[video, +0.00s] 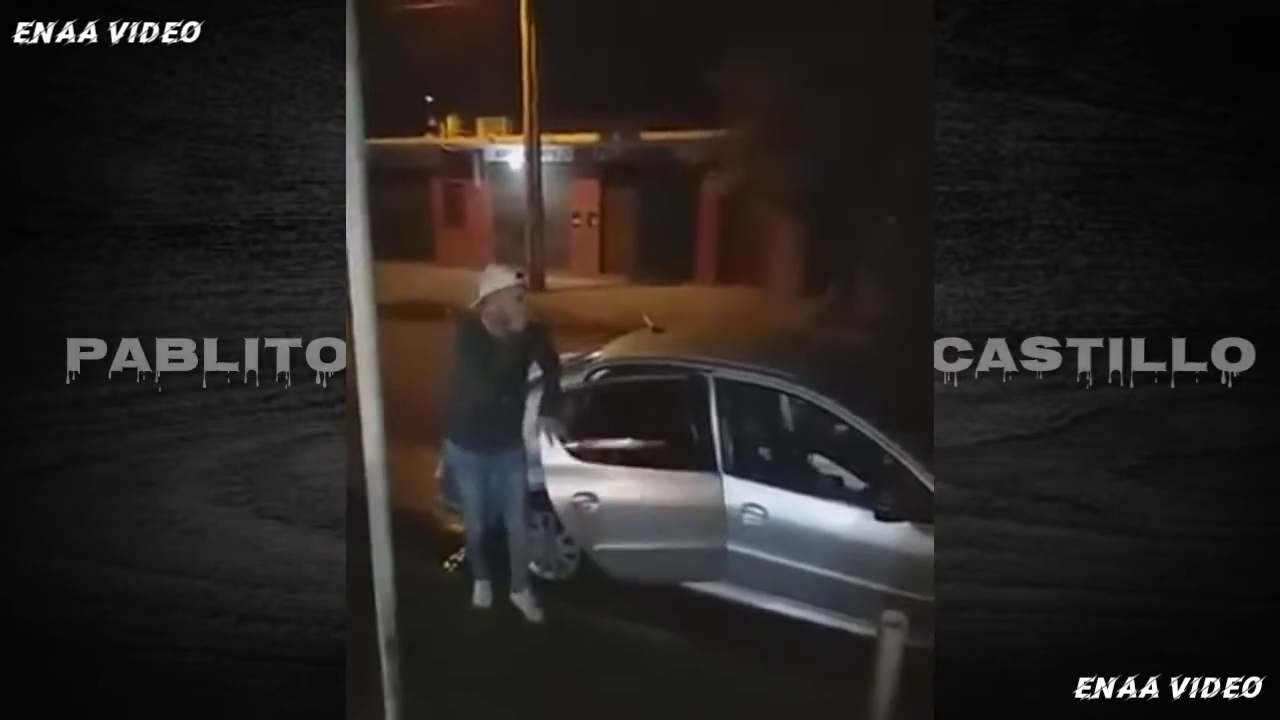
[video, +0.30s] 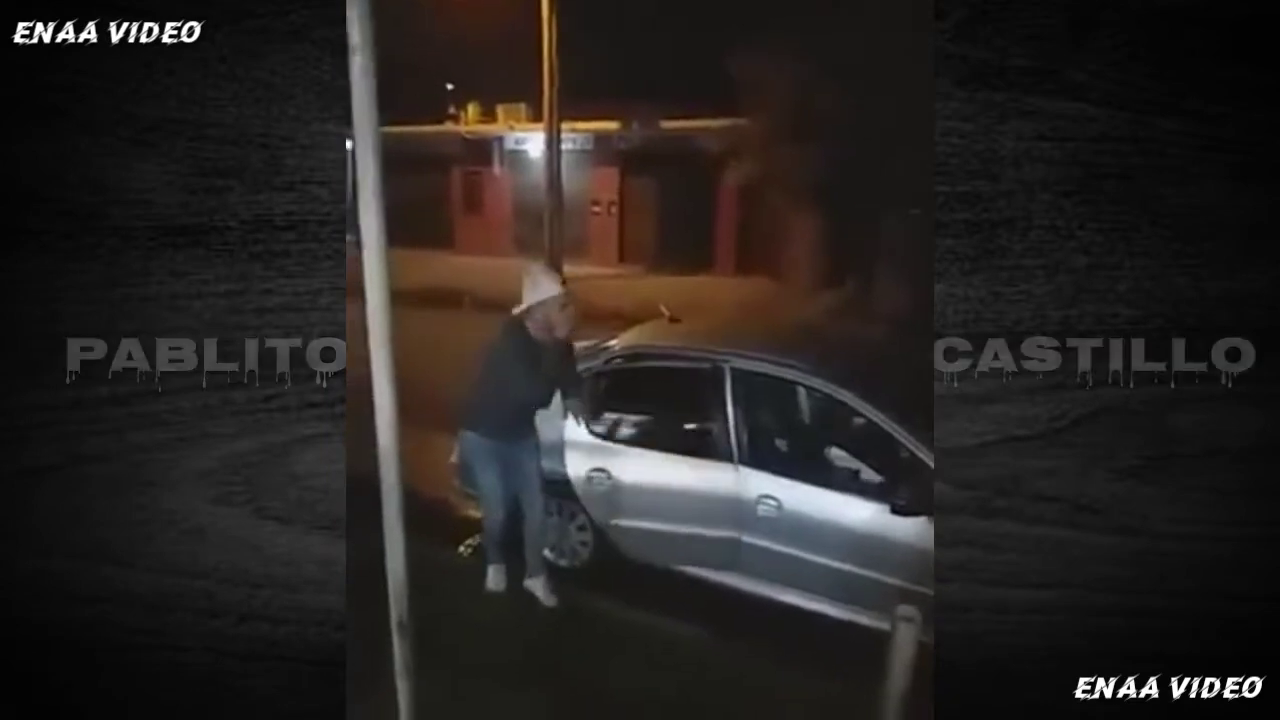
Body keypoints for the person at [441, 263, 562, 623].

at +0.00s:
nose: (521, 305)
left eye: (522, 297)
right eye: (514, 298)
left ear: (520, 300)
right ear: (491, 303)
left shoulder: (527, 335)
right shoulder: (469, 334)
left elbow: (552, 372)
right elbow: (470, 388)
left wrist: (548, 413)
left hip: (510, 444)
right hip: (468, 445)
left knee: (517, 522)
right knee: (476, 522)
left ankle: (520, 587)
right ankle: (480, 580)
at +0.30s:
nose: (562, 315)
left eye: (562, 308)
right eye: (556, 309)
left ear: (549, 312)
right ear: (534, 311)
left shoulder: (556, 346)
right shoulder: (510, 342)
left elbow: (574, 397)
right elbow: (529, 394)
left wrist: (564, 344)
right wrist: (558, 347)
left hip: (522, 432)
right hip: (482, 432)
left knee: (534, 506)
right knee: (496, 506)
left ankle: (534, 573)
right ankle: (494, 563)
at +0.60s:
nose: (572, 375)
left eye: (579, 369)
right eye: (570, 366)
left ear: (583, 371)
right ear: (560, 362)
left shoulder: (567, 396)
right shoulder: (526, 378)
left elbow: (542, 449)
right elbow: (537, 448)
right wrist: (568, 412)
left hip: (527, 453)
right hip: (487, 445)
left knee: (542, 515)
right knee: (508, 518)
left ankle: (537, 580)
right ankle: (499, 569)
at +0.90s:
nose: (579, 355)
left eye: (583, 348)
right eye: (573, 347)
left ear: (587, 346)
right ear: (553, 344)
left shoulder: (570, 364)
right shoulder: (521, 362)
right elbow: (516, 413)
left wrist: (586, 389)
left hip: (532, 437)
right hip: (491, 432)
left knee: (543, 507)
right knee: (522, 505)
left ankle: (531, 569)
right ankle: (504, 549)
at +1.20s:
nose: (551, 296)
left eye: (558, 288)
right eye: (545, 288)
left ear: (571, 291)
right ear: (536, 291)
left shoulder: (586, 328)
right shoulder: (518, 323)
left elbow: (595, 376)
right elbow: (510, 389)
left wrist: (594, 420)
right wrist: (543, 428)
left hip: (550, 418)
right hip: (506, 415)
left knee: (547, 484)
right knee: (541, 476)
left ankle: (537, 552)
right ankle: (560, 581)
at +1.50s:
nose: (530, 277)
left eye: (537, 267)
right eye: (522, 268)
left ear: (555, 269)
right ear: (512, 273)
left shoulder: (582, 309)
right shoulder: (500, 316)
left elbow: (608, 372)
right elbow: (499, 376)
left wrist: (607, 425)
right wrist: (508, 421)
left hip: (560, 419)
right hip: (513, 420)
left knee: (542, 483)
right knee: (564, 503)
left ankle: (531, 532)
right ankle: (570, 598)